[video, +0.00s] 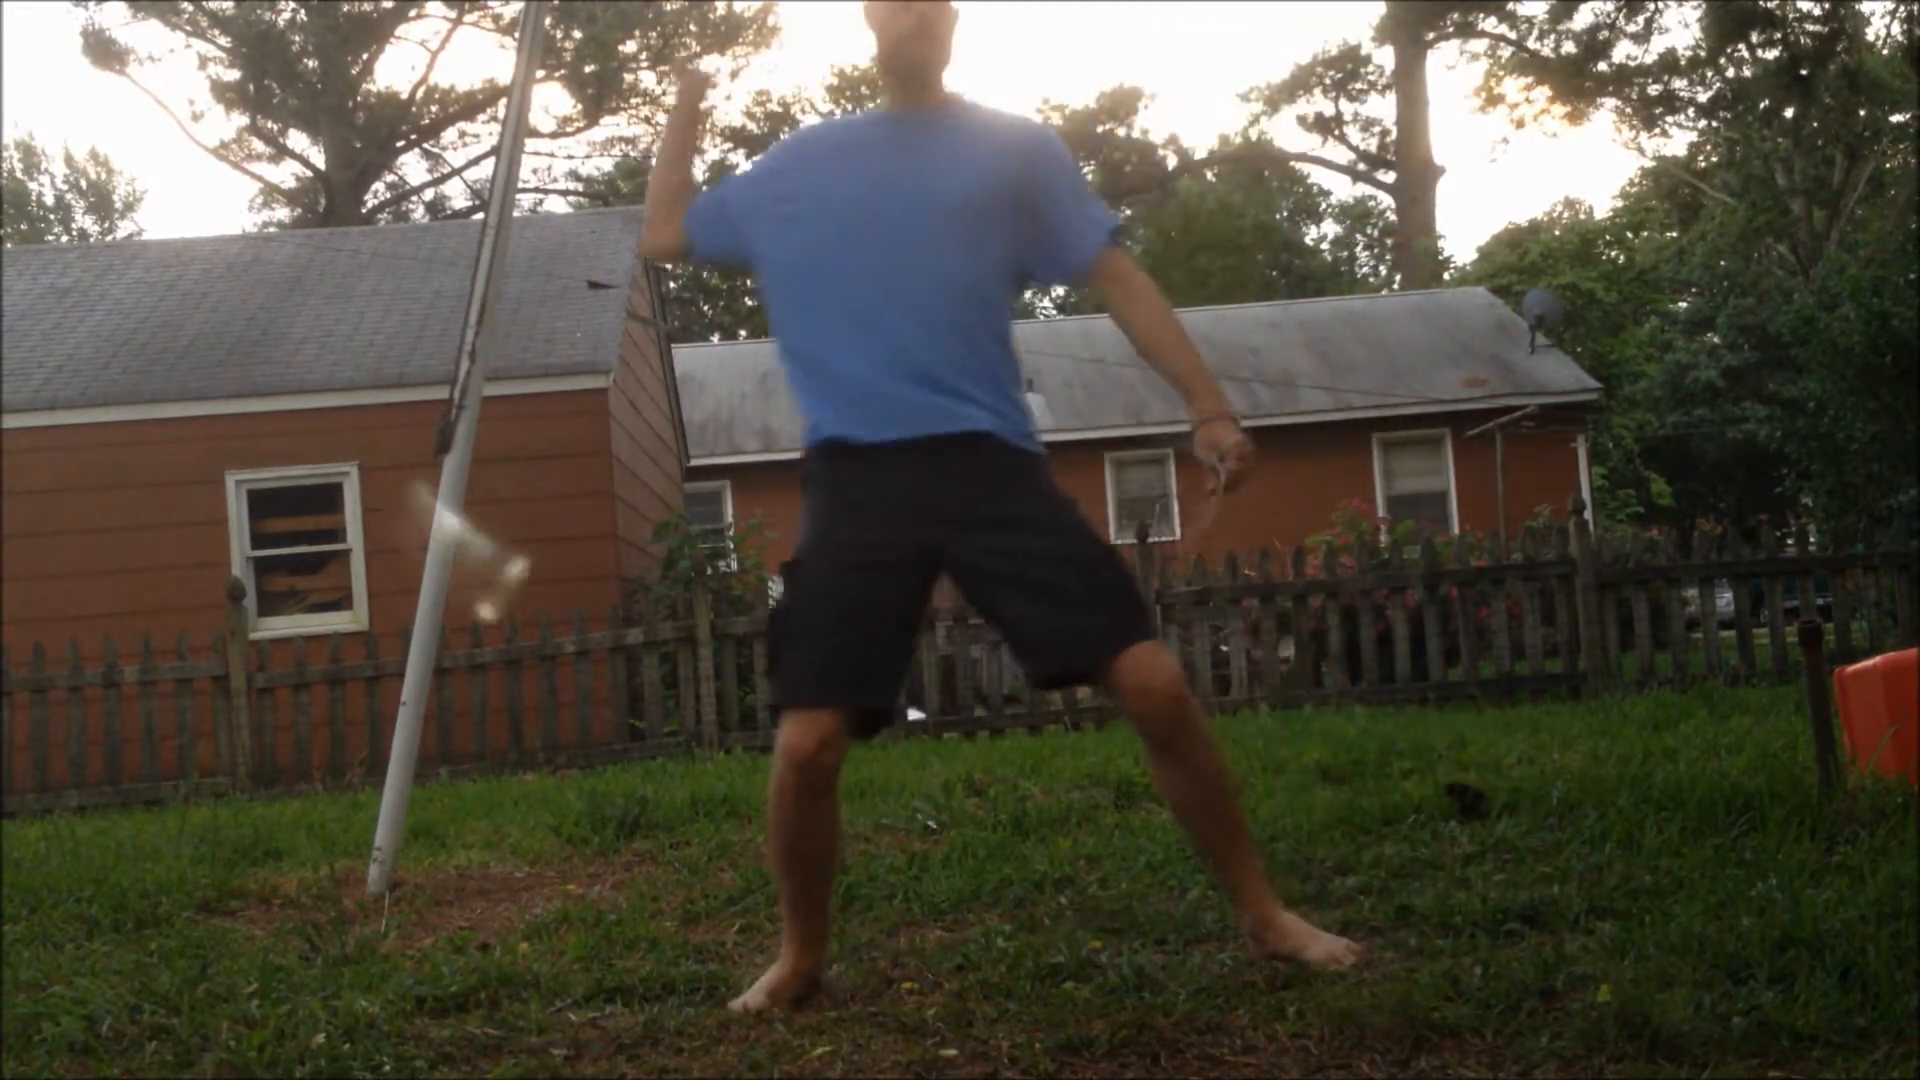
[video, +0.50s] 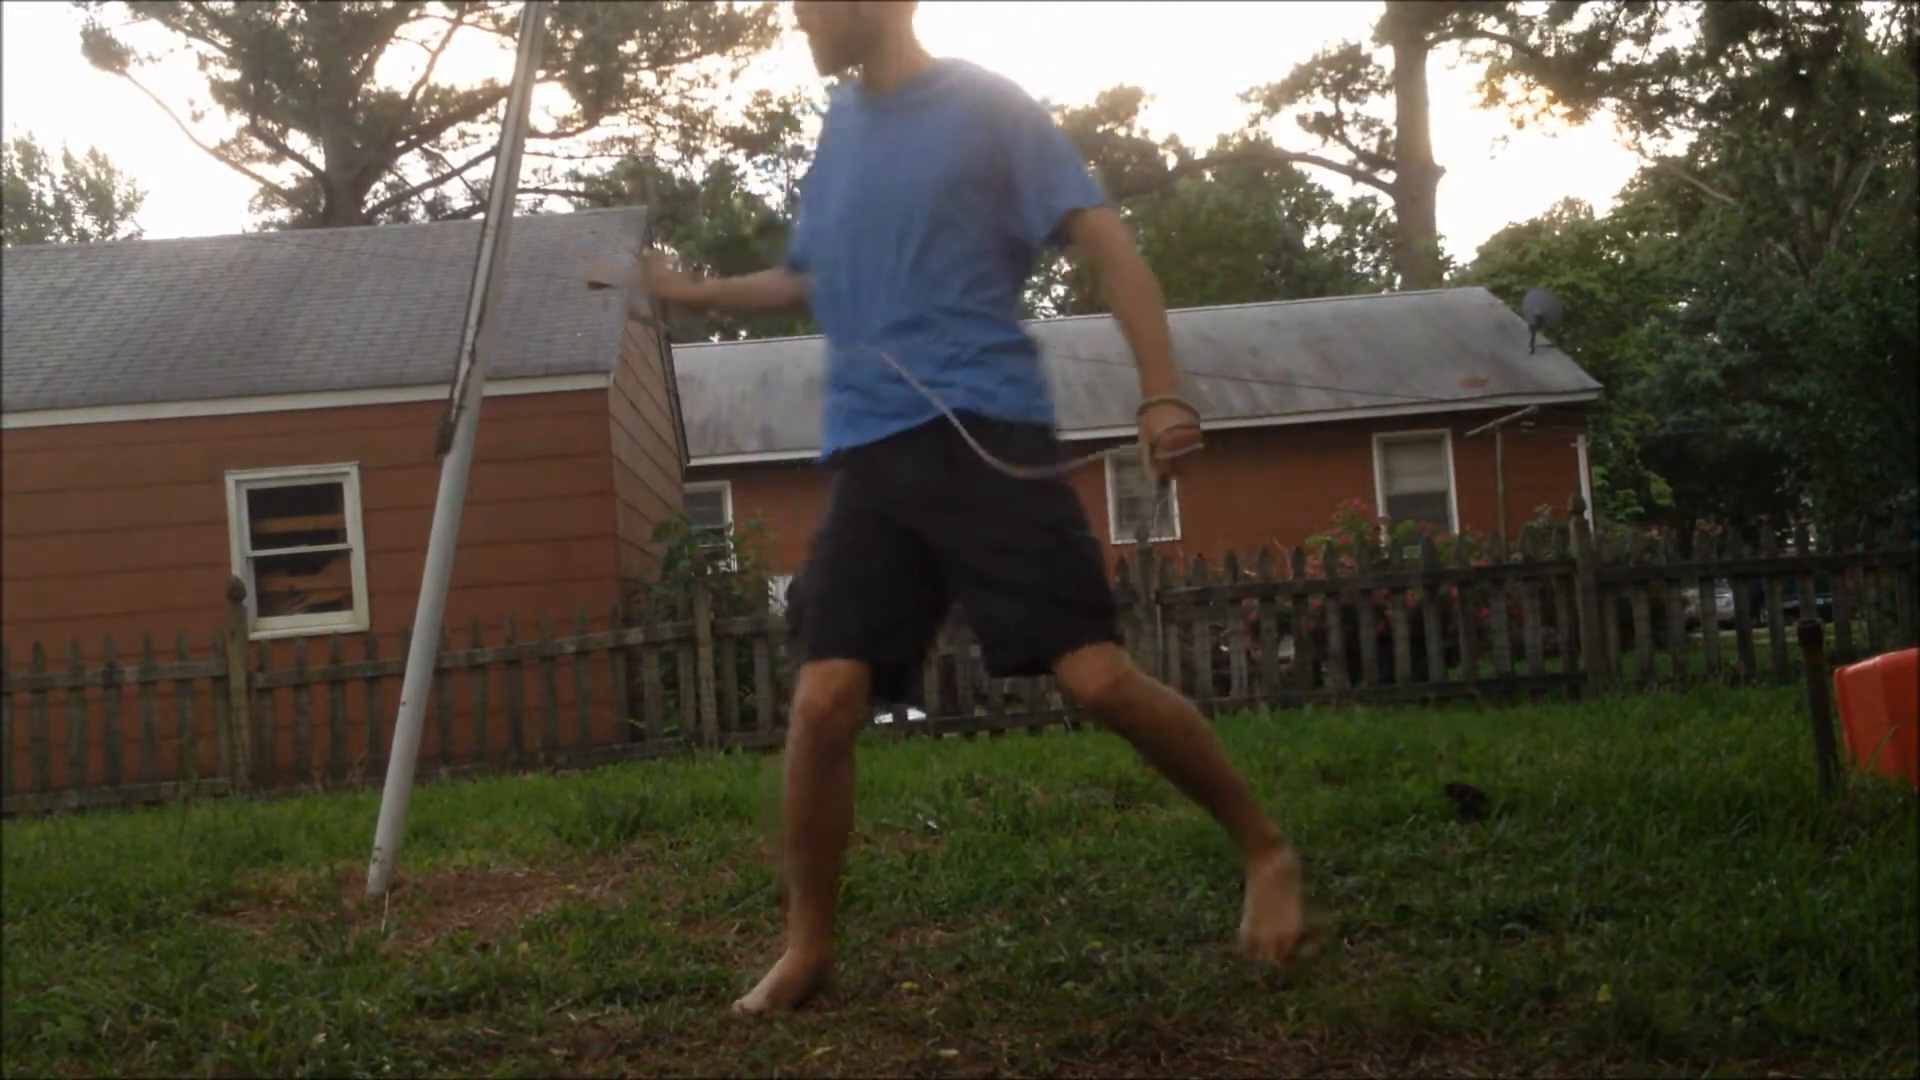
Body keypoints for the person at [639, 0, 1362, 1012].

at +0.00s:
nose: (913, 19)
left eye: (930, 3)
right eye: (894, 4)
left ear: (953, 25)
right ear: (866, 28)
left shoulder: (1019, 149)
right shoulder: (803, 159)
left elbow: (1115, 278)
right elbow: (664, 234)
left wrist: (1208, 404)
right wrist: (683, 114)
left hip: (995, 464)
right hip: (856, 472)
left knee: (1157, 685)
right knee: (804, 745)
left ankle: (1264, 916)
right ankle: (797, 963)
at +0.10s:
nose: (866, 17)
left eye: (884, 2)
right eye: (848, 4)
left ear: (914, 18)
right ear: (824, 25)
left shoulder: (986, 136)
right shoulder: (785, 162)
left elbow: (1099, 256)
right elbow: (672, 270)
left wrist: (1203, 382)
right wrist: (638, 150)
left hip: (966, 461)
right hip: (827, 478)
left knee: (1129, 693)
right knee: (793, 747)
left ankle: (1263, 914)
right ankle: (798, 960)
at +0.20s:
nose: (848, 12)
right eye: (826, 3)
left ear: (892, 14)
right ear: (801, 24)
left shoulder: (959, 127)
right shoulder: (780, 156)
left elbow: (1081, 244)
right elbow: (701, 281)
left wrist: (1195, 374)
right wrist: (603, 201)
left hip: (956, 460)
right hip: (819, 475)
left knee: (1114, 695)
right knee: (791, 748)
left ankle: (1261, 914)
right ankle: (800, 957)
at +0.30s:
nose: (831, 12)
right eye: (812, 1)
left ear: (884, 11)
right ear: (790, 22)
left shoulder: (953, 126)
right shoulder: (777, 151)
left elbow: (1072, 247)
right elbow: (723, 286)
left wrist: (1175, 385)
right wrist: (602, 261)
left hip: (954, 462)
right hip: (818, 479)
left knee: (1112, 689)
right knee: (793, 739)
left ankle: (1264, 903)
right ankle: (802, 957)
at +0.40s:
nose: (803, 19)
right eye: (796, 5)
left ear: (878, 6)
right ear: (794, 21)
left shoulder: (961, 119)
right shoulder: (793, 140)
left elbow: (1079, 252)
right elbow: (754, 285)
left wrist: (1165, 396)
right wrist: (635, 293)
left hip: (963, 455)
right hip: (833, 474)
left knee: (1105, 678)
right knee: (798, 724)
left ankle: (1269, 870)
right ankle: (804, 957)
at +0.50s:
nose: (797, 18)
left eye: (809, 1)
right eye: (796, 5)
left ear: (875, 2)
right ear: (858, 14)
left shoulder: (989, 105)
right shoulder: (840, 127)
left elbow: (1106, 238)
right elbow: (810, 281)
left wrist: (1161, 391)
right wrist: (684, 290)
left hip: (987, 439)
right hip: (869, 457)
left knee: (1097, 681)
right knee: (822, 701)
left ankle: (1264, 848)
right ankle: (806, 949)